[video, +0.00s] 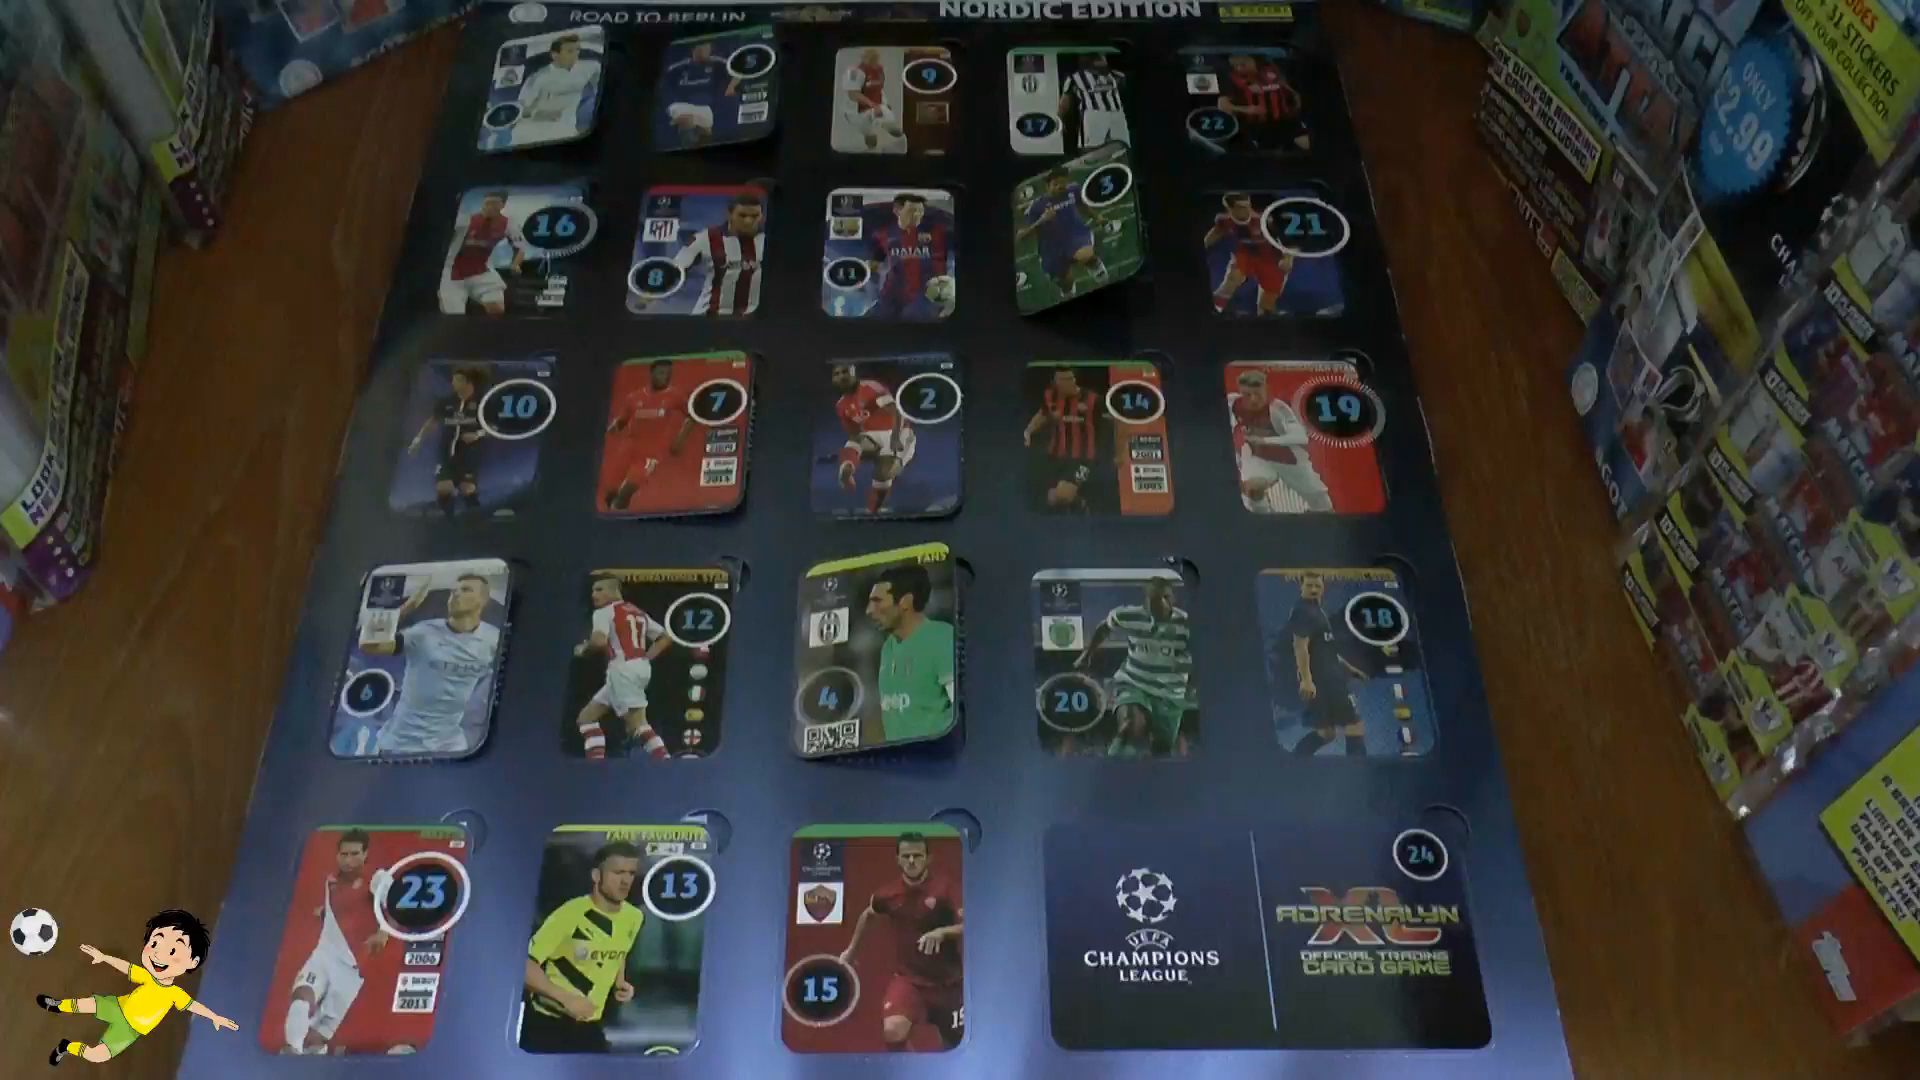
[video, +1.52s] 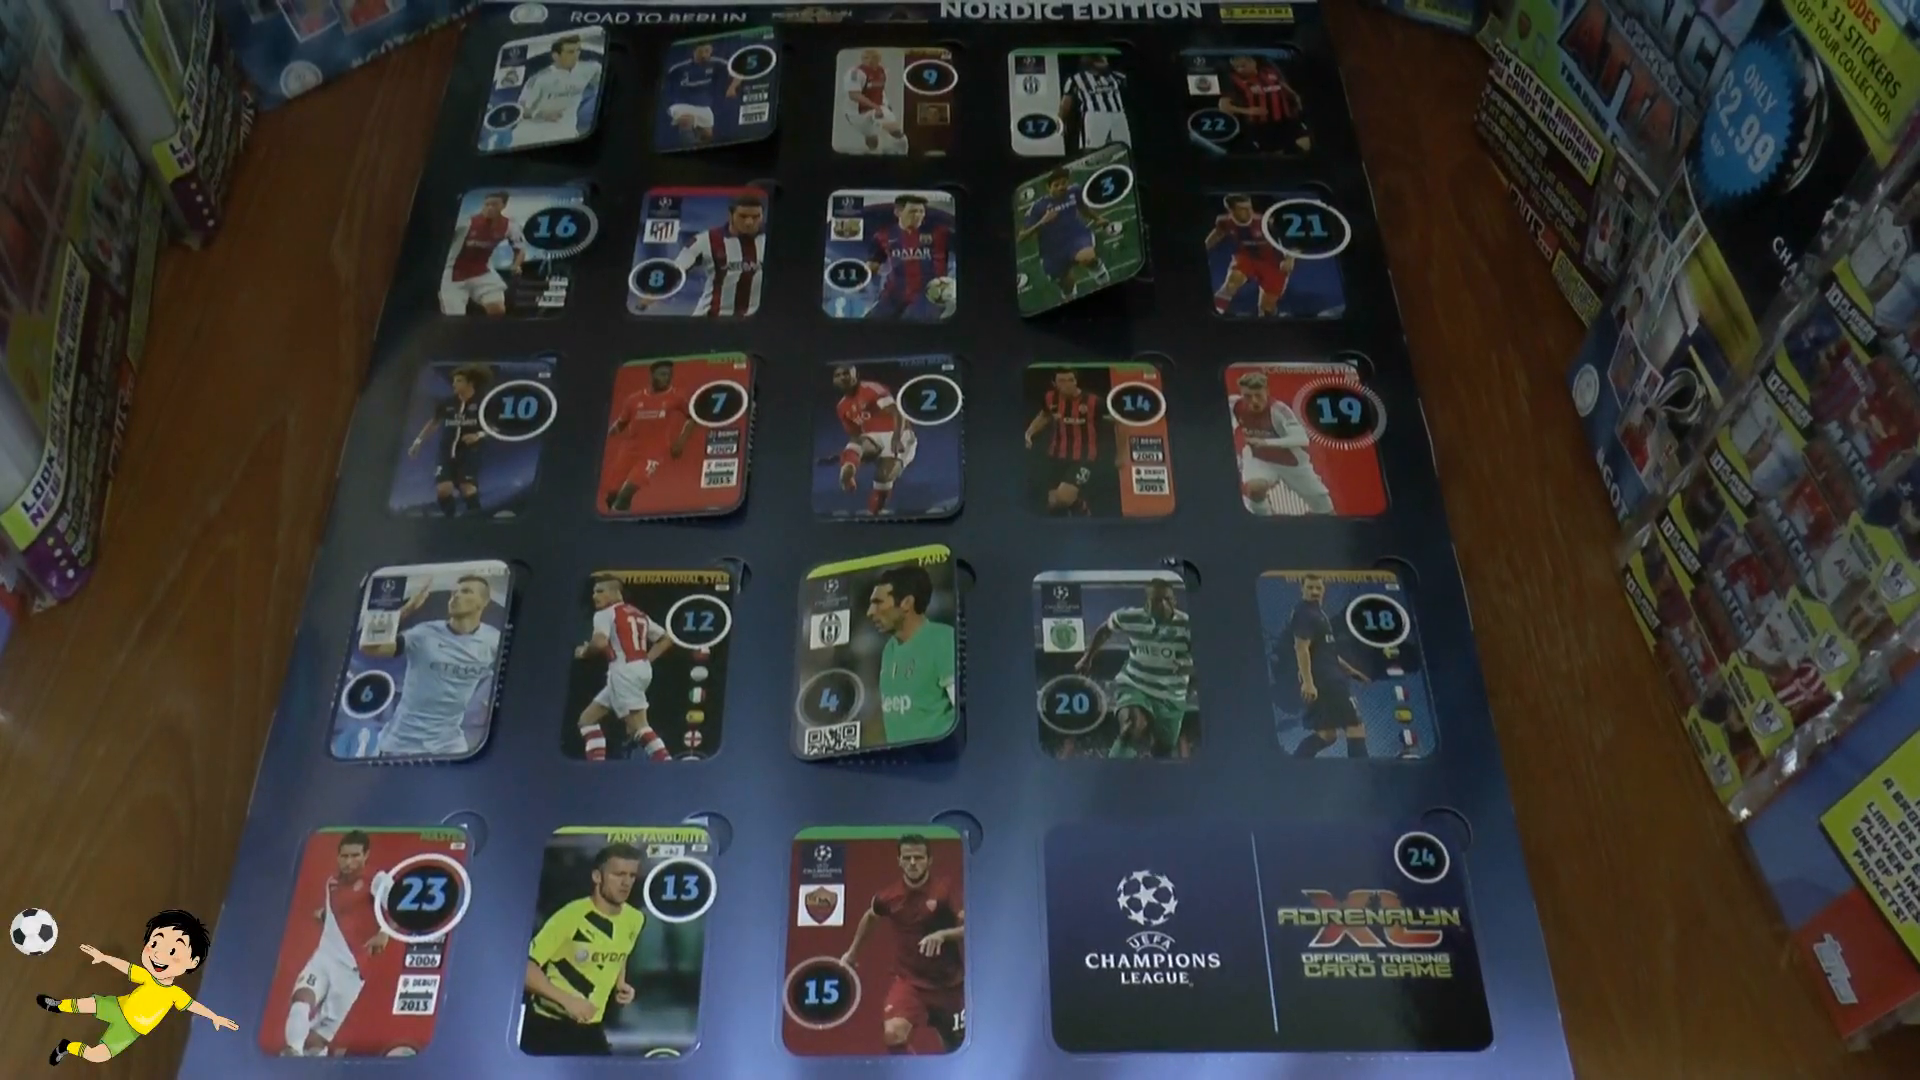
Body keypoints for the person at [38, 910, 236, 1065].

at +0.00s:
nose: (160, 956)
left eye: (172, 952)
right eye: (156, 944)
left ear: (189, 965)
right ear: (146, 946)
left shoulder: (176, 995)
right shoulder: (143, 975)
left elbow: (195, 1007)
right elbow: (124, 967)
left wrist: (215, 1018)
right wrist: (103, 958)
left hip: (131, 1029)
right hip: (119, 1008)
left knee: (99, 1055)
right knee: (88, 1003)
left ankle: (66, 1047)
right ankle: (57, 1006)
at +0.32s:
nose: (160, 956)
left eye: (173, 952)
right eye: (156, 944)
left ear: (190, 965)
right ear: (145, 946)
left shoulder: (176, 995)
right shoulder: (143, 975)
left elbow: (195, 1007)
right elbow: (124, 967)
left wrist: (215, 1018)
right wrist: (103, 958)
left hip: (131, 1030)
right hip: (119, 1008)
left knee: (98, 1055)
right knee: (88, 1003)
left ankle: (66, 1047)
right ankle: (57, 1006)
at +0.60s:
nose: (160, 956)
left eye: (172, 952)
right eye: (156, 944)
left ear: (189, 965)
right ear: (146, 945)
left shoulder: (176, 995)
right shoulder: (143, 975)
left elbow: (195, 1007)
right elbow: (124, 966)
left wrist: (215, 1017)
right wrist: (103, 958)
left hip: (131, 1030)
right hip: (119, 1008)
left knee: (98, 1055)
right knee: (89, 1003)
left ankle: (66, 1047)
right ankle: (57, 1006)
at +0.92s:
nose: (160, 956)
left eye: (172, 953)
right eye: (156, 944)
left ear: (188, 966)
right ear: (145, 945)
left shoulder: (176, 995)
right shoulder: (143, 976)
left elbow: (195, 1007)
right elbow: (124, 966)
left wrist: (215, 1017)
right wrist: (103, 958)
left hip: (131, 1030)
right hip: (119, 1008)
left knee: (99, 1055)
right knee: (89, 1003)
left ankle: (66, 1047)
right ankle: (57, 1006)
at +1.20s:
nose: (160, 956)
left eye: (172, 953)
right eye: (156, 944)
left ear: (188, 966)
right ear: (145, 945)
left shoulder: (176, 995)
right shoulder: (143, 976)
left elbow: (195, 1007)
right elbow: (124, 966)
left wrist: (215, 1017)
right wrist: (103, 958)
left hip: (131, 1030)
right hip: (119, 1008)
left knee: (99, 1055)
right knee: (89, 1003)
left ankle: (66, 1047)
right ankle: (57, 1006)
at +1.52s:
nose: (159, 955)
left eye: (172, 952)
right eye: (156, 944)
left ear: (189, 965)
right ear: (145, 945)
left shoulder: (176, 995)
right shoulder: (144, 975)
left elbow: (195, 1007)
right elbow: (124, 966)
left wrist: (215, 1017)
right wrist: (103, 957)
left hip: (131, 1030)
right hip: (119, 1008)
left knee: (98, 1055)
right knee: (88, 1004)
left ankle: (66, 1047)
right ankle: (57, 1006)